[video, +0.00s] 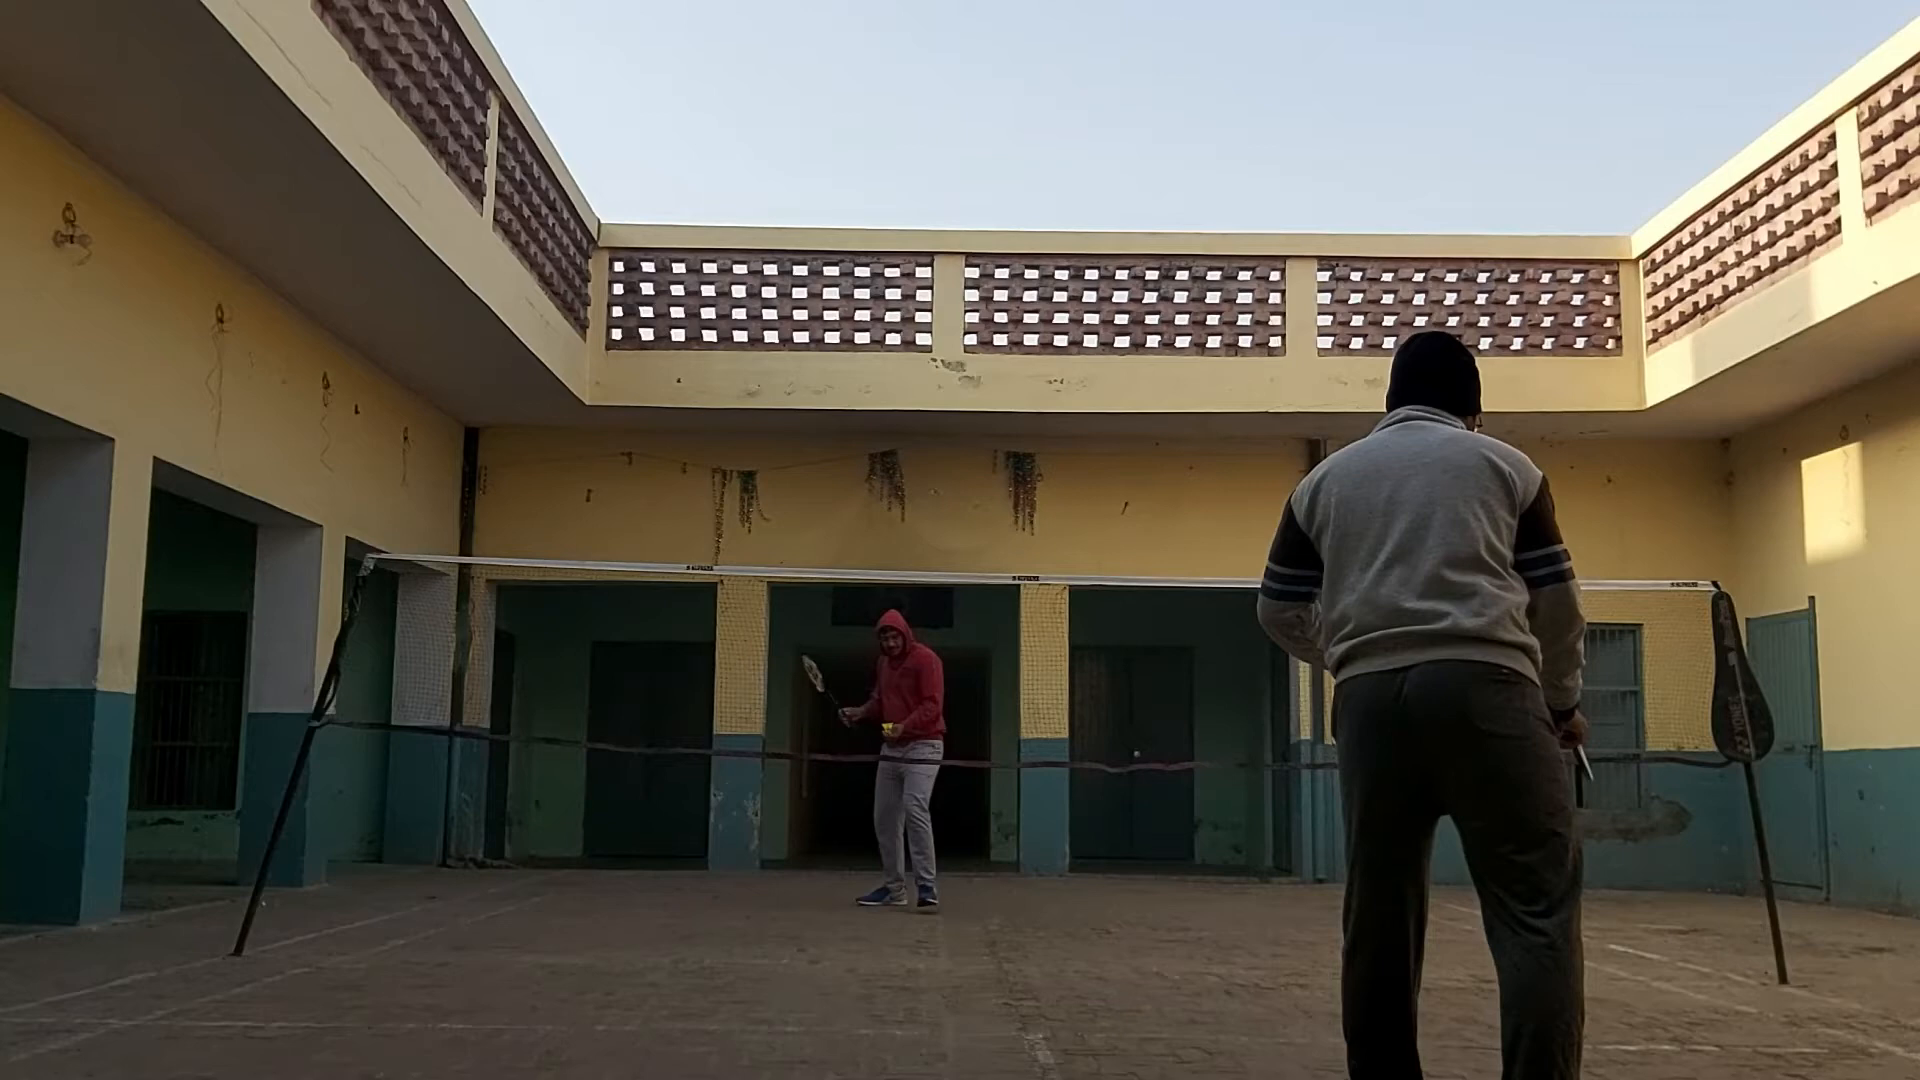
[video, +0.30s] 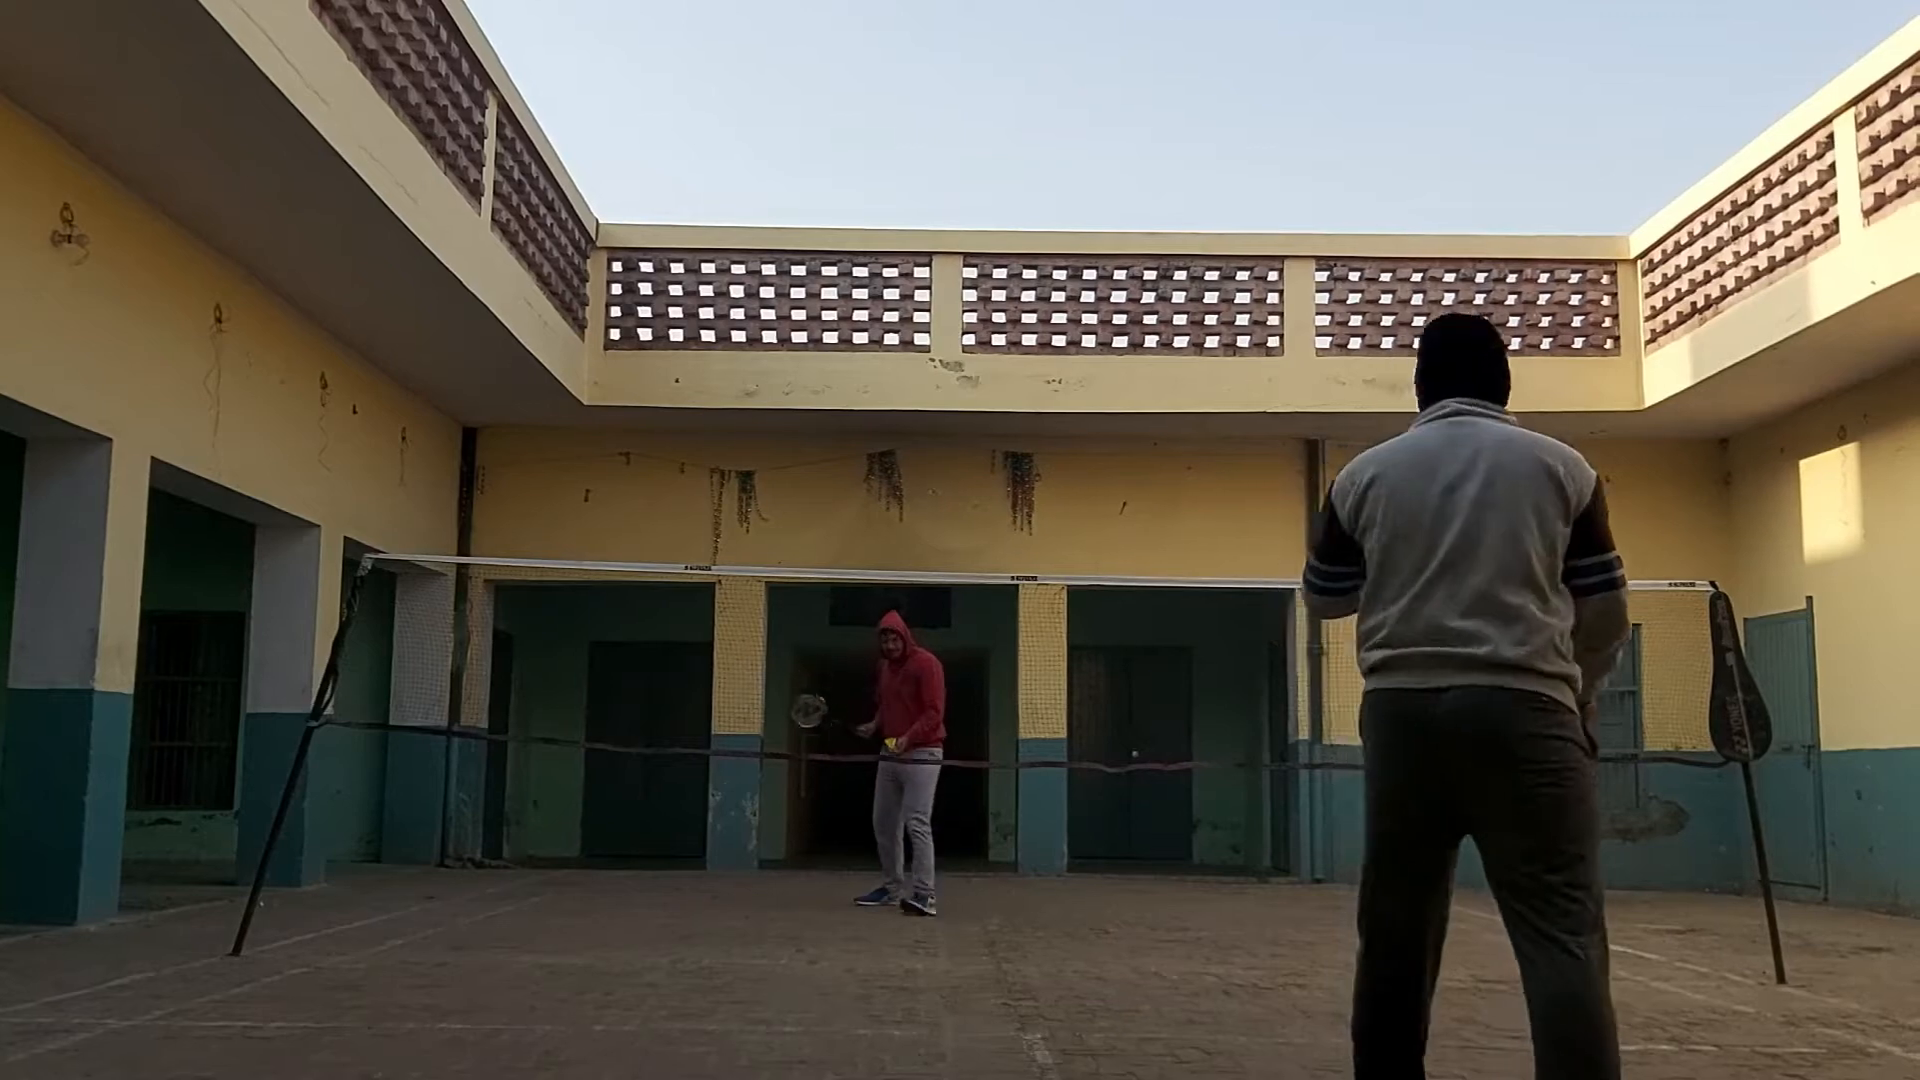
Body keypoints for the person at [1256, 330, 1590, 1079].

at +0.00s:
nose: (1478, 414)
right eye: (1478, 404)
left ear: (1390, 398)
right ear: (1470, 404)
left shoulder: (1323, 480)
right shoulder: (1508, 467)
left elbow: (1281, 609)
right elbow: (1557, 602)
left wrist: (1354, 656)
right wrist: (1563, 700)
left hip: (1371, 703)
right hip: (1491, 698)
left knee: (1380, 905)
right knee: (1534, 908)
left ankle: (1382, 1079)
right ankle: (1541, 1075)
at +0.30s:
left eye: (1424, 378)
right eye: (1501, 378)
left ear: (1419, 386)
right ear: (1505, 384)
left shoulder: (1366, 473)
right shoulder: (1561, 465)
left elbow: (1328, 597)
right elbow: (1603, 612)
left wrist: (1412, 563)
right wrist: (1572, 694)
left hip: (1401, 720)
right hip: (1528, 719)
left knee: (1396, 934)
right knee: (1562, 934)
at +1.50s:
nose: (1368, 454)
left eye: (1369, 444)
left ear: (1376, 442)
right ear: (1457, 434)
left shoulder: (1343, 514)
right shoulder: (1522, 490)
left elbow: (1312, 673)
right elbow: (1595, 630)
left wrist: (1309, 793)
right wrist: (1586, 742)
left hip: (1401, 729)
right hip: (1532, 717)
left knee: (1387, 926)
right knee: (1558, 936)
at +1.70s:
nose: (1368, 447)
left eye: (1368, 437)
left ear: (1374, 439)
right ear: (1457, 430)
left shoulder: (1341, 510)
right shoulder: (1526, 493)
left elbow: (1300, 643)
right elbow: (1594, 631)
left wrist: (1277, 781)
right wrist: (1603, 764)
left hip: (1399, 726)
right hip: (1532, 716)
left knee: (1387, 924)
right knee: (1553, 937)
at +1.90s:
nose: (1378, 428)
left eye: (1378, 419)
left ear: (1383, 421)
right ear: (1466, 415)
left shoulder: (1349, 496)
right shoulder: (1539, 486)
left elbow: (1305, 625)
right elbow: (1602, 628)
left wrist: (1274, 759)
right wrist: (1601, 757)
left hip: (1400, 722)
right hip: (1535, 713)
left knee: (1388, 922)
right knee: (1551, 934)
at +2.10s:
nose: (1387, 420)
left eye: (1385, 411)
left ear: (1389, 417)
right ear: (1474, 413)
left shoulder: (1350, 497)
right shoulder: (1545, 486)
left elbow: (1310, 633)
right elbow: (1607, 621)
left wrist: (1300, 763)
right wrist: (1572, 726)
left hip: (1395, 732)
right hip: (1526, 725)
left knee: (1375, 932)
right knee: (1555, 940)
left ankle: (1361, 1079)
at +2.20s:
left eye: (1383, 415)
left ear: (1384, 421)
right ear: (1469, 420)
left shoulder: (1345, 506)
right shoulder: (1539, 494)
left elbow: (1306, 645)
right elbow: (1600, 630)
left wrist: (1305, 763)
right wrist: (1561, 726)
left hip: (1384, 739)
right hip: (1516, 733)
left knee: (1354, 933)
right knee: (1548, 943)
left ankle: (1354, 1079)